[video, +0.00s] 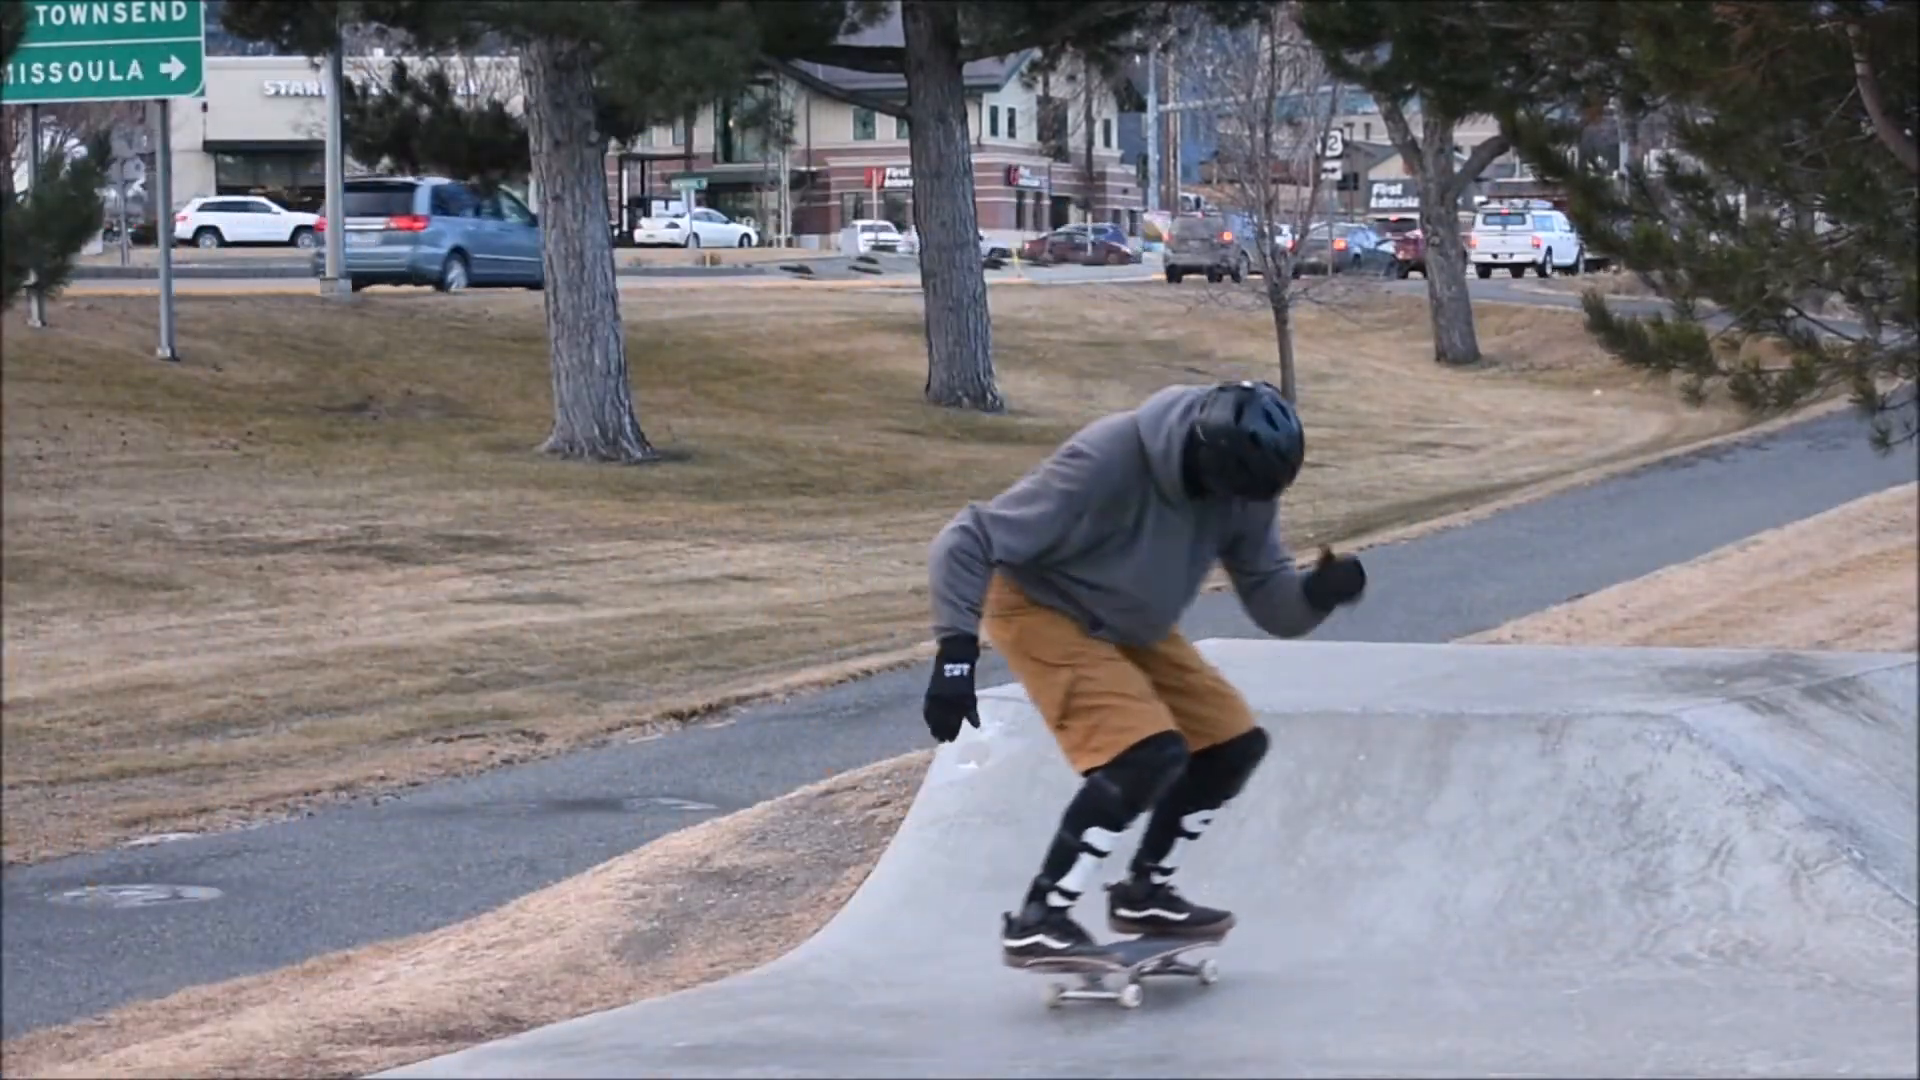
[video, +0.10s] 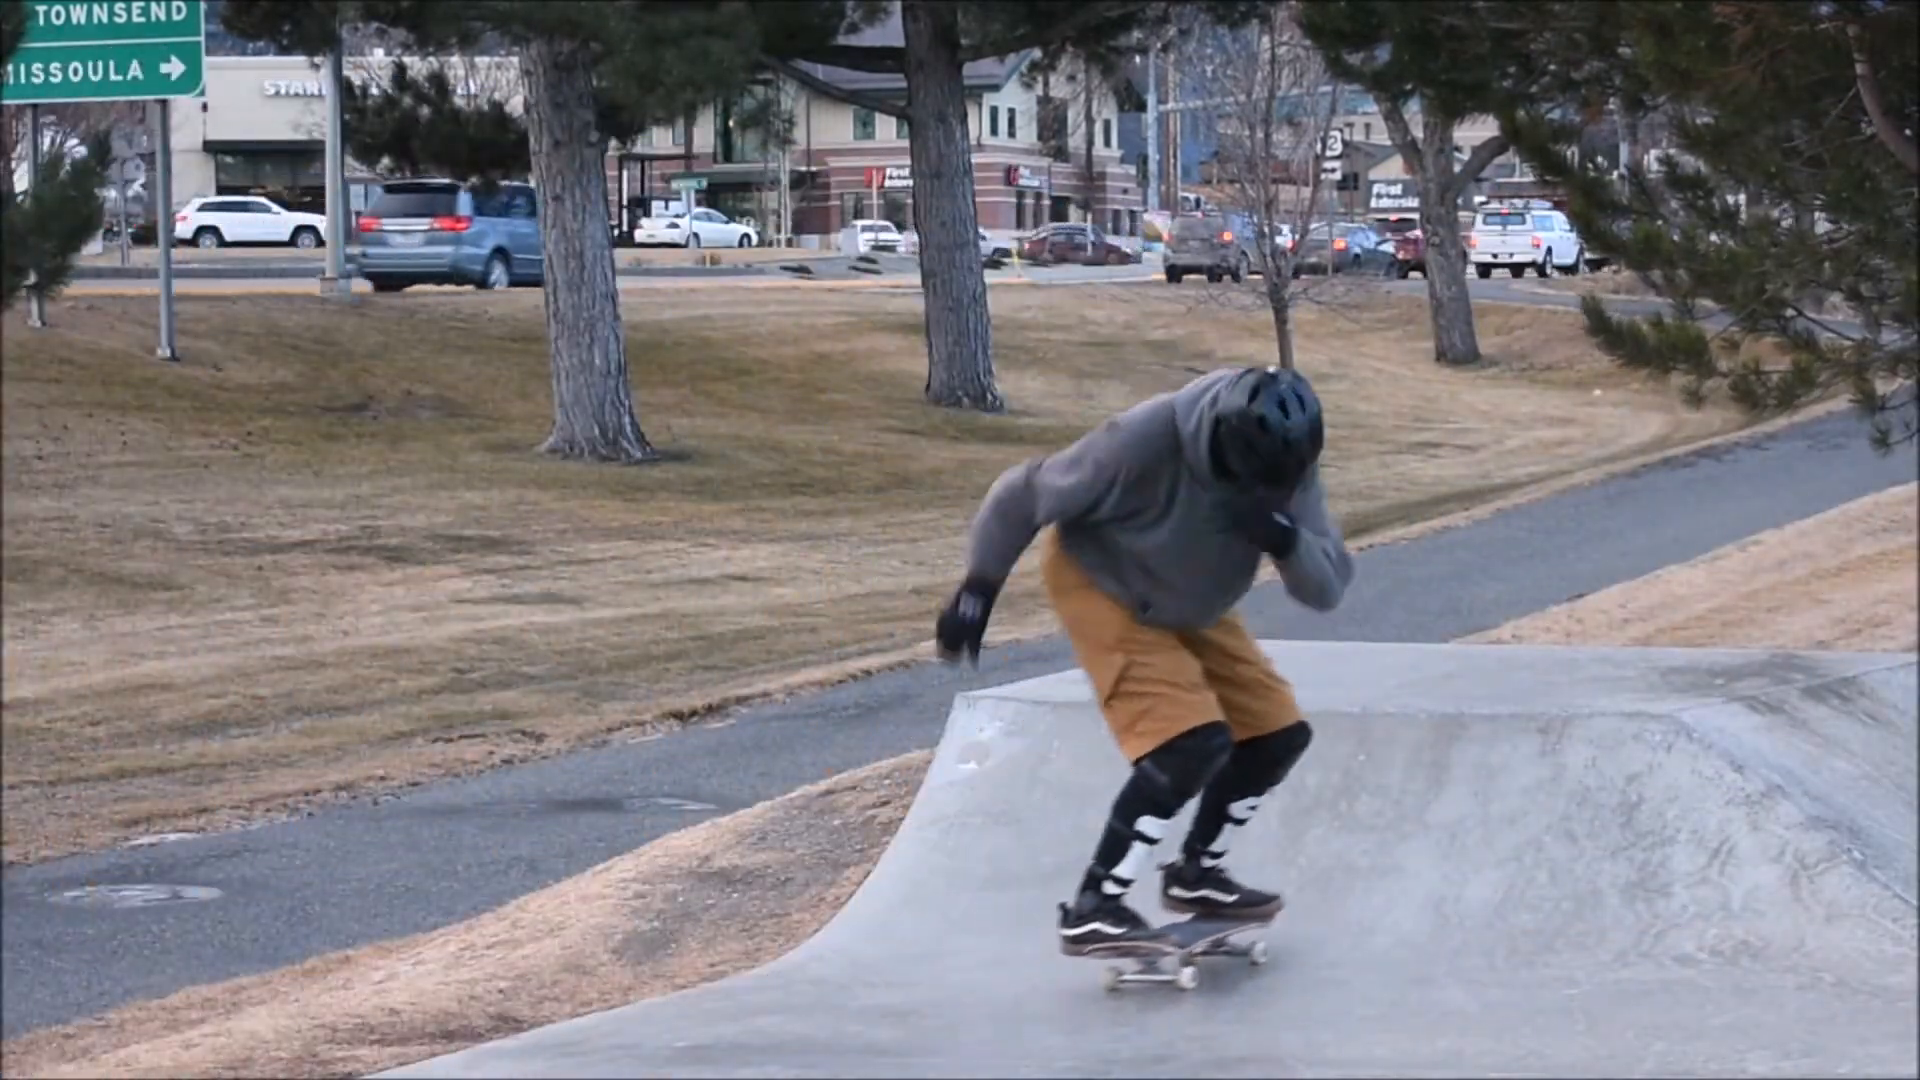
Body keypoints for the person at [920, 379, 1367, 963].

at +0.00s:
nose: (1247, 504)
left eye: (1256, 494)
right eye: (1242, 490)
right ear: (1212, 458)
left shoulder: (1246, 482)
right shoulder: (1110, 459)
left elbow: (1271, 603)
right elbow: (969, 537)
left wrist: (1317, 592)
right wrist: (955, 657)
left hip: (1129, 616)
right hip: (1035, 602)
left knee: (1230, 746)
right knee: (1145, 754)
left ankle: (1141, 893)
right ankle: (1037, 916)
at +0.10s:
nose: (1267, 496)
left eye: (1282, 483)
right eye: (1256, 481)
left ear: (1301, 457)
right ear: (1224, 443)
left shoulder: (1293, 458)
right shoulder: (1146, 439)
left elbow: (1328, 586)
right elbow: (1023, 491)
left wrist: (1282, 539)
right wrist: (977, 590)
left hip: (1192, 593)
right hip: (1100, 579)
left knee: (1274, 737)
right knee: (1189, 743)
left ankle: (1192, 872)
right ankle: (1092, 905)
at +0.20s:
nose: (1273, 431)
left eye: (1289, 422)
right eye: (1263, 418)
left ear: (1311, 391)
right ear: (1236, 383)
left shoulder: (1322, 396)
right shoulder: (1169, 372)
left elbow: (1370, 506)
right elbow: (1073, 380)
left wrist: (1312, 549)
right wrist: (1011, 443)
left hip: (1258, 557)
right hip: (1163, 546)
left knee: (1317, 698)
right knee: (1210, 711)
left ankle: (1254, 808)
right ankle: (1152, 880)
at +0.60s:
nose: (1207, 357)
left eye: (1209, 345)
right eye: (1196, 347)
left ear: (1233, 313)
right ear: (1203, 309)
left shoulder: (1334, 297)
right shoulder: (1215, 301)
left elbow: (1455, 292)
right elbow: (1139, 362)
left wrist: (1544, 320)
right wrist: (1090, 428)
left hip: (1448, 422)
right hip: (1382, 432)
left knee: (1398, 625)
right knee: (1336, 562)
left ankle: (1488, 765)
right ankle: (1451, 629)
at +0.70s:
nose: (1213, 359)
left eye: (1211, 346)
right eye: (1203, 354)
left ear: (1225, 309)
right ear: (1210, 303)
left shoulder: (1323, 308)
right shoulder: (1254, 314)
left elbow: (1468, 338)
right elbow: (1187, 388)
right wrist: (1122, 465)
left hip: (1468, 438)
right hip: (1405, 440)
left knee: (1398, 630)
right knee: (1347, 559)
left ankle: (1488, 769)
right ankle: (1454, 632)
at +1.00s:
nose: (1218, 349)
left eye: (1212, 335)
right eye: (1206, 343)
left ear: (1225, 302)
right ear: (1223, 302)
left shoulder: (1314, 305)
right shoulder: (1269, 358)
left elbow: (1400, 283)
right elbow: (1240, 444)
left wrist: (1501, 287)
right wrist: (1183, 526)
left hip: (1468, 471)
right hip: (1425, 478)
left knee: (1406, 683)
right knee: (1379, 624)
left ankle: (1472, 863)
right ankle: (1486, 735)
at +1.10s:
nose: (1204, 370)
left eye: (1200, 355)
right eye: (1193, 362)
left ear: (1217, 318)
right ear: (1209, 325)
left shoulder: (1301, 315)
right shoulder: (1259, 386)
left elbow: (1386, 277)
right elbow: (1216, 474)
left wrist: (1488, 263)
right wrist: (1140, 548)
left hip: (1465, 497)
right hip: (1459, 494)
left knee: (1380, 703)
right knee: (1437, 679)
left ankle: (1439, 878)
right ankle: (1497, 812)